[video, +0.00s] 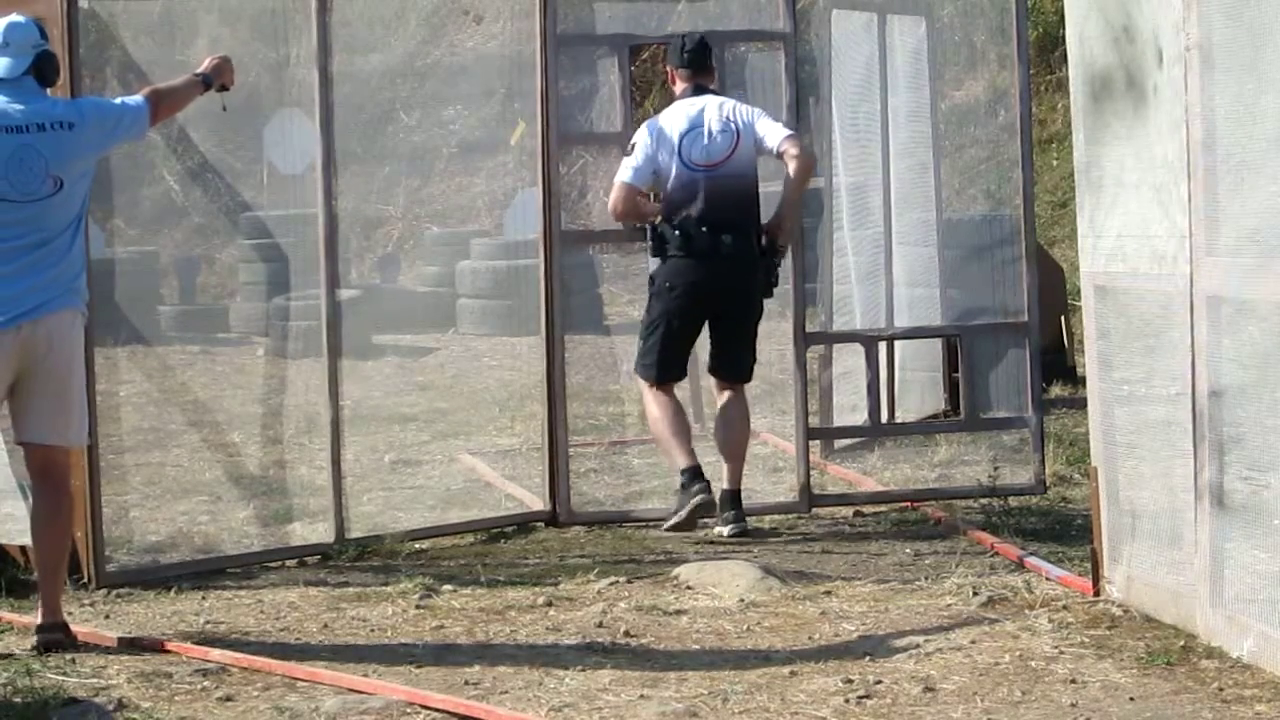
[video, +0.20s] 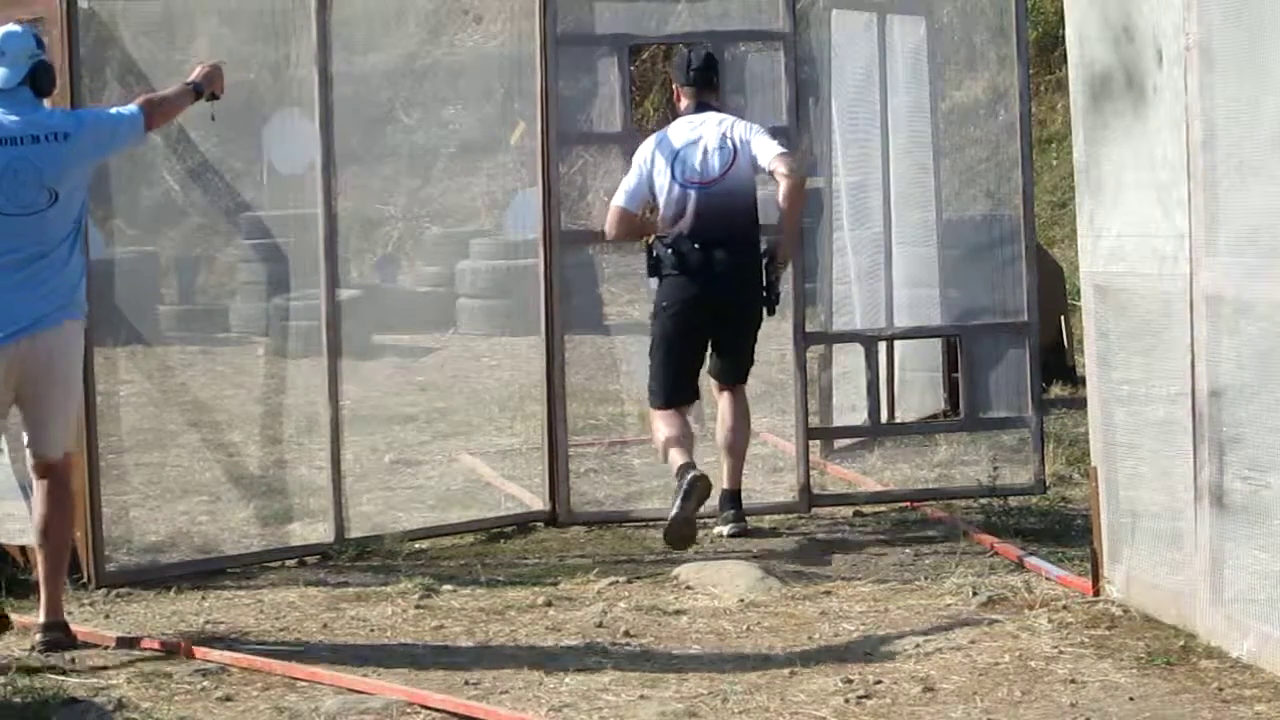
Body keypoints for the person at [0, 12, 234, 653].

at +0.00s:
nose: (52, 71)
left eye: (42, 61)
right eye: (49, 63)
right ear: (44, 68)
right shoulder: (69, 121)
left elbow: (149, 107)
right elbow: (151, 105)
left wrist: (195, 81)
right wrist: (204, 77)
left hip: (11, 316)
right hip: (48, 313)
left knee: (48, 470)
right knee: (50, 470)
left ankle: (47, 614)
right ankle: (50, 618)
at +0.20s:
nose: (51, 76)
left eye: (43, 67)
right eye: (46, 69)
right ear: (40, 77)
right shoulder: (63, 131)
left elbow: (142, 116)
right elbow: (146, 114)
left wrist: (185, 92)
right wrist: (195, 87)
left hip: (13, 325)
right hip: (46, 323)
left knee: (46, 468)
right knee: (50, 468)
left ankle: (47, 614)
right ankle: (50, 618)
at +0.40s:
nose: (31, 84)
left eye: (22, 75)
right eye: (27, 77)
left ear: (3, 89)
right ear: (24, 86)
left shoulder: (34, 139)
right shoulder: (45, 140)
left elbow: (134, 119)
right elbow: (137, 117)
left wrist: (177, 93)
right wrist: (186, 88)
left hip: (18, 334)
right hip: (39, 332)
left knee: (42, 477)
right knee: (45, 474)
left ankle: (49, 616)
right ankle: (52, 619)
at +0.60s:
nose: (19, 84)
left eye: (12, 78)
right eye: (17, 77)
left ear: (4, 83)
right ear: (14, 80)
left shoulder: (29, 127)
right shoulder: (32, 126)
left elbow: (121, 109)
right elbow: (124, 107)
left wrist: (169, 83)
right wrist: (177, 79)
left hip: (21, 321)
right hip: (30, 320)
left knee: (47, 460)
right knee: (49, 458)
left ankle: (58, 602)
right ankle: (57, 605)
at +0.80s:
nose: (21, 89)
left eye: (13, 82)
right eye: (20, 80)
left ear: (2, 83)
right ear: (16, 81)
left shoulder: (30, 125)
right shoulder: (34, 123)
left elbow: (123, 105)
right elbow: (126, 102)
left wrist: (169, 76)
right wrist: (176, 70)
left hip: (16, 328)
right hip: (36, 325)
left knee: (60, 468)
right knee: (65, 470)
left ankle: (80, 585)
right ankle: (83, 584)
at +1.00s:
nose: (41, 69)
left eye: (31, 58)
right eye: (36, 61)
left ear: (2, 74)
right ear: (29, 70)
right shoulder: (63, 125)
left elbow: (144, 103)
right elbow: (146, 101)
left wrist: (184, 72)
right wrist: (192, 66)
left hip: (9, 348)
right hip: (72, 336)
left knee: (6, 508)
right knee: (92, 503)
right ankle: (120, 645)